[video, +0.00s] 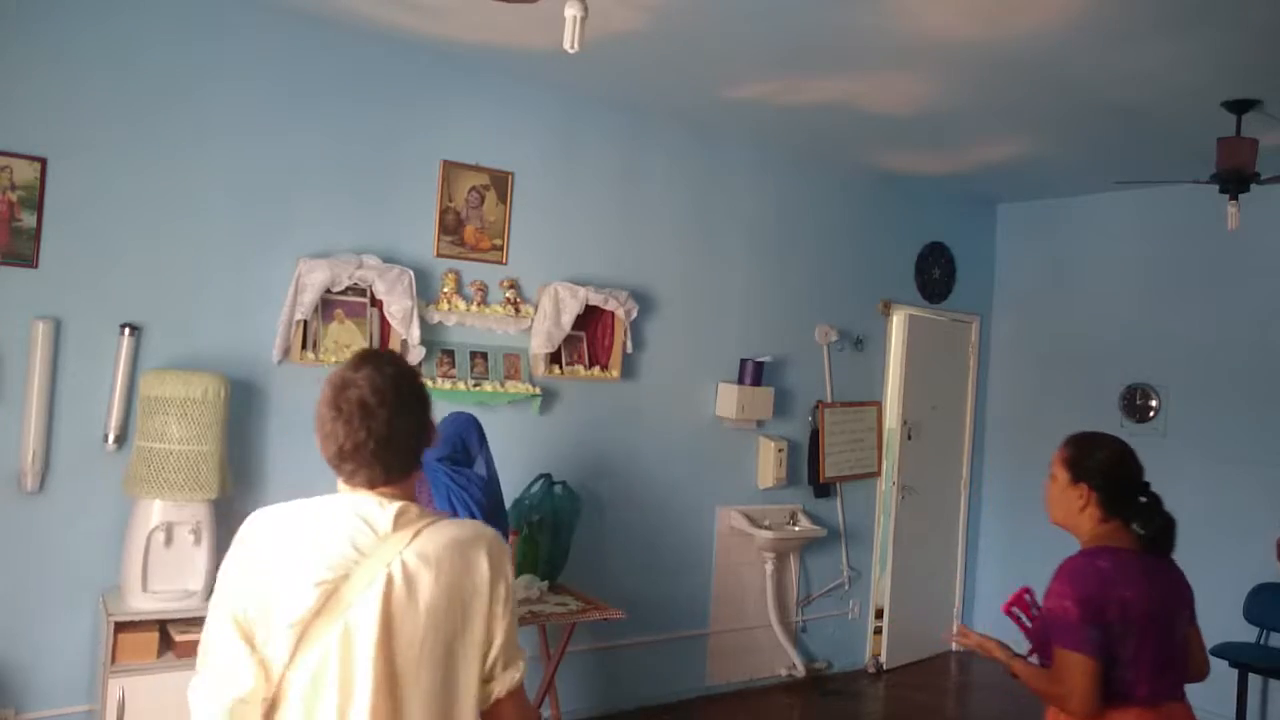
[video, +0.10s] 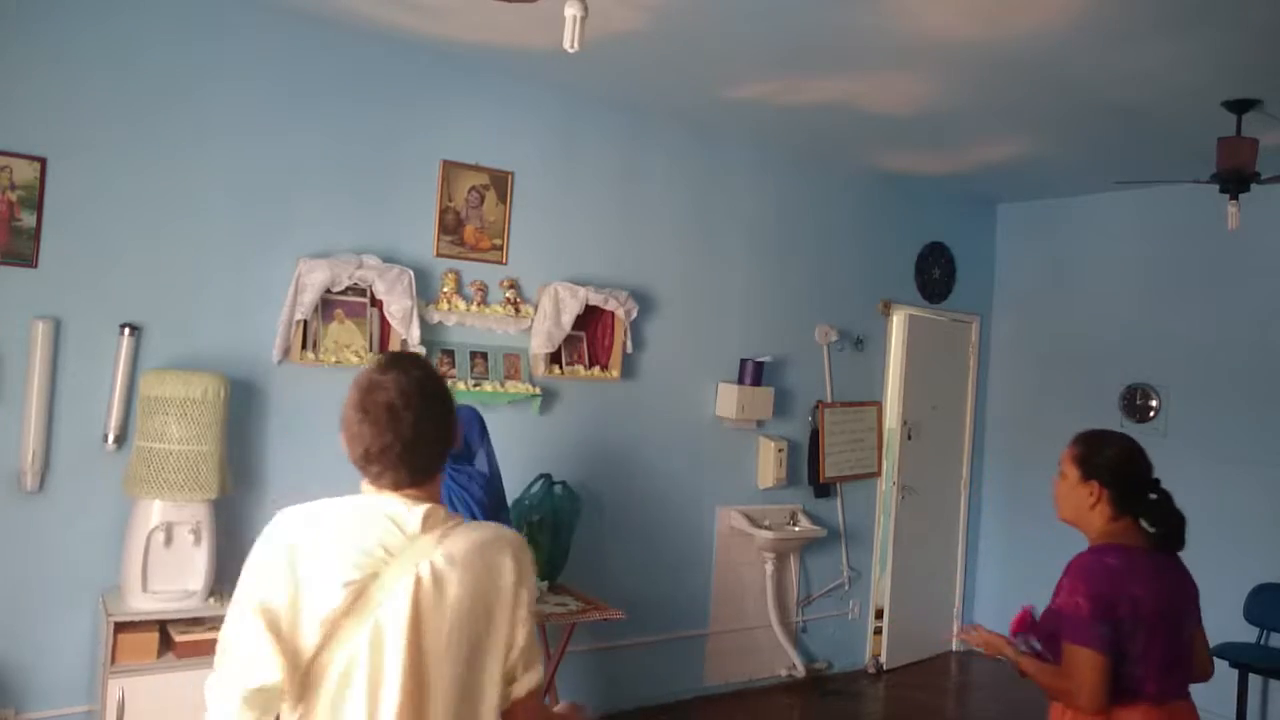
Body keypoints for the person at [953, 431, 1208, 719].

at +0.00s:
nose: (1046, 488)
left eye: (1052, 478)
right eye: (1049, 477)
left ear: (1082, 495)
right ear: (1125, 494)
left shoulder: (1079, 576)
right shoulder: (1164, 568)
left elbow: (1078, 701)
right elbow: (1196, 666)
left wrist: (1007, 658)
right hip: (1176, 711)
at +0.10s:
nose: (1055, 485)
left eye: (1063, 475)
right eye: (1059, 474)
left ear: (1093, 494)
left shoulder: (1089, 572)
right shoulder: (1168, 563)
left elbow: (1087, 697)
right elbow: (1200, 667)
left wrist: (1011, 654)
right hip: (1179, 710)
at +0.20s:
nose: (1062, 483)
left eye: (1070, 474)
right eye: (1066, 472)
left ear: (1101, 492)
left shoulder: (1094, 568)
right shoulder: (1172, 561)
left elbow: (1087, 692)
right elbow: (1201, 667)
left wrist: (1017, 651)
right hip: (1174, 710)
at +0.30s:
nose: (1067, 483)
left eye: (1075, 474)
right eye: (1072, 472)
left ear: (1106, 491)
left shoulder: (1096, 569)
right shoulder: (1175, 563)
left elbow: (1087, 691)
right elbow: (1200, 669)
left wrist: (1017, 650)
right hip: (1171, 710)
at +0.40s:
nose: (1068, 486)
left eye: (1077, 474)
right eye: (1073, 474)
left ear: (1108, 491)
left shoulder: (1098, 571)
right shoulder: (1178, 565)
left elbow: (1086, 693)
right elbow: (1198, 673)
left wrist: (1018, 649)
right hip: (1168, 710)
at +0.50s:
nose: (1067, 488)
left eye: (1077, 476)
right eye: (1073, 476)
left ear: (1107, 494)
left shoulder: (1101, 575)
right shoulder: (1176, 569)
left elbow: (1089, 697)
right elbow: (1195, 676)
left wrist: (1021, 649)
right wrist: (1055, 648)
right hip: (1168, 711)